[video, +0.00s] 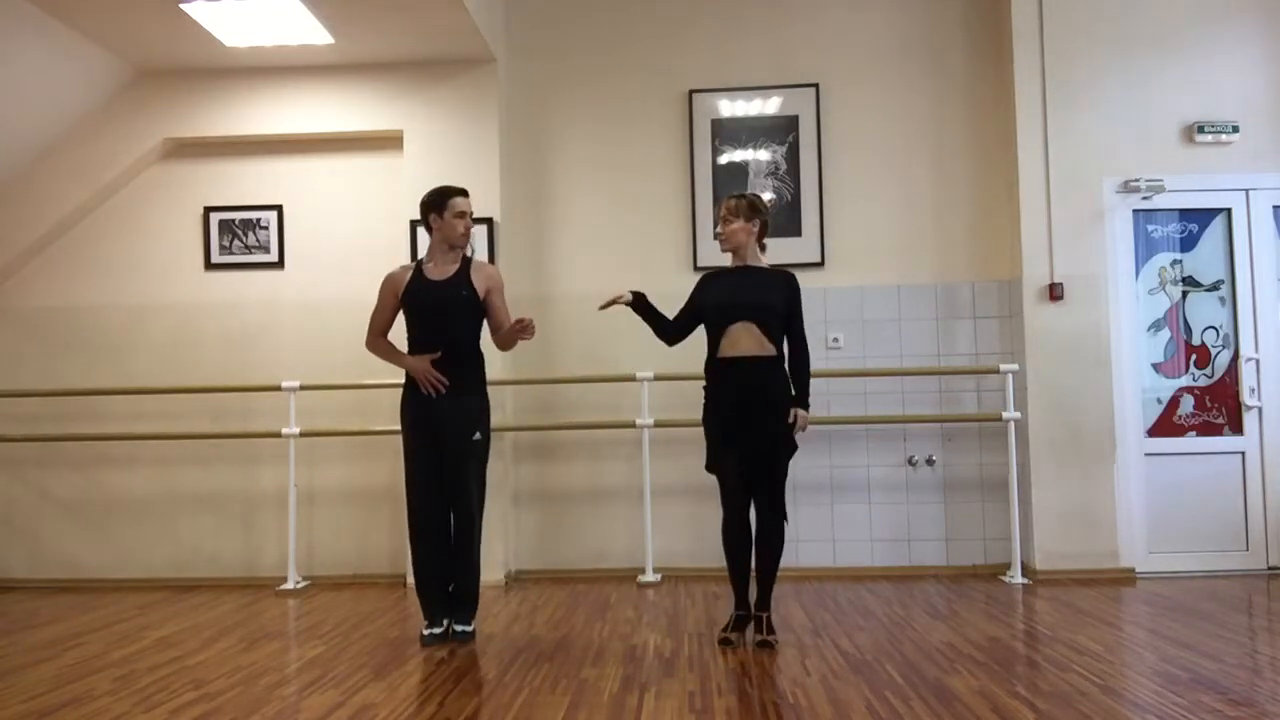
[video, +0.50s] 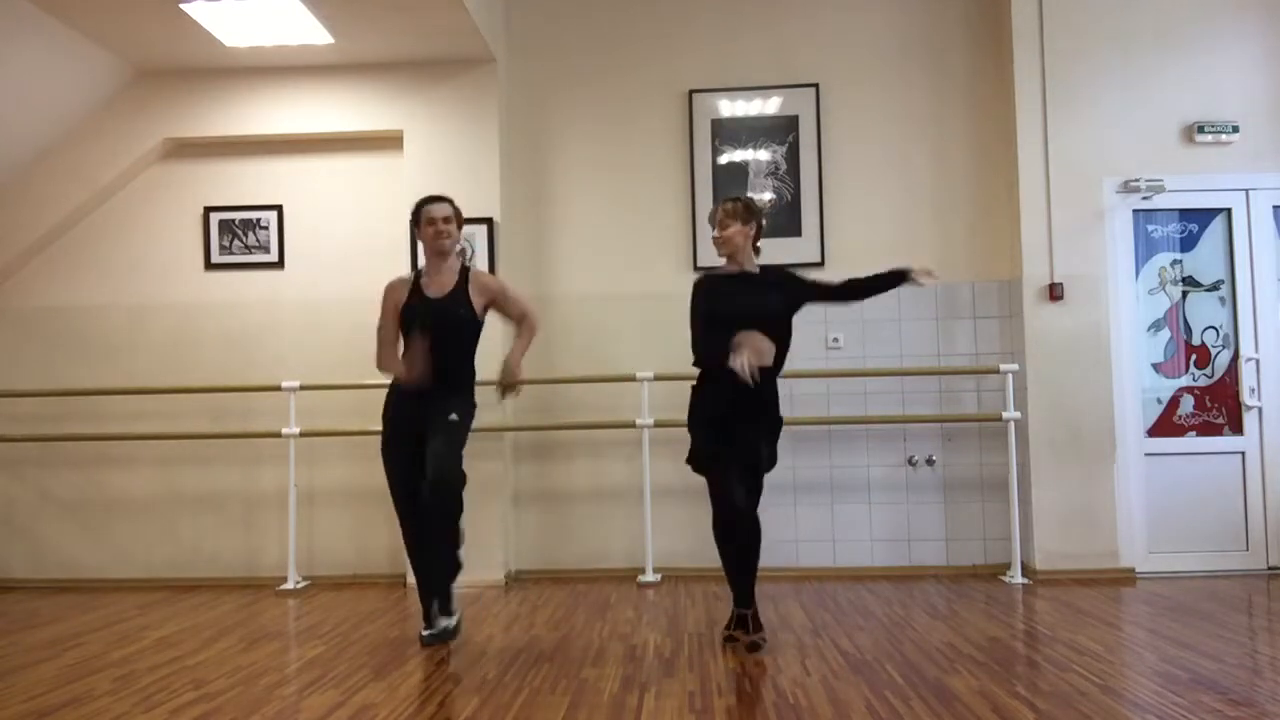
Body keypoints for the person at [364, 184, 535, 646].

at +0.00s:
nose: (468, 224)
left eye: (470, 216)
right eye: (459, 216)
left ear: (469, 222)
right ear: (433, 221)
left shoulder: (484, 274)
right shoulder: (400, 281)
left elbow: (502, 339)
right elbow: (374, 339)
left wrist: (516, 331)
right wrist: (407, 362)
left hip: (467, 402)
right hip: (421, 405)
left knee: (465, 510)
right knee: (426, 511)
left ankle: (462, 614)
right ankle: (435, 615)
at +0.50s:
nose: (440, 229)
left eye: (447, 221)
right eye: (431, 223)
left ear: (459, 230)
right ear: (417, 233)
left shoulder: (482, 285)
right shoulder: (399, 291)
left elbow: (527, 320)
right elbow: (385, 358)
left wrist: (514, 360)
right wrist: (405, 369)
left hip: (452, 403)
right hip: (405, 404)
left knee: (440, 481)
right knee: (410, 506)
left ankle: (443, 592)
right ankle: (432, 608)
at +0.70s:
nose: (429, 214)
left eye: (436, 205)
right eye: (419, 207)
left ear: (448, 212)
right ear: (406, 215)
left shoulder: (467, 267)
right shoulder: (388, 271)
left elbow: (483, 333)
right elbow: (375, 319)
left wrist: (431, 299)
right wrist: (367, 358)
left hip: (465, 388)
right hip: (417, 383)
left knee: (454, 509)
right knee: (403, 429)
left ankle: (441, 615)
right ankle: (418, 499)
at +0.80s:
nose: (429, 213)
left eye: (437, 206)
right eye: (420, 207)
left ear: (450, 214)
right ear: (407, 215)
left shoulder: (465, 270)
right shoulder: (389, 269)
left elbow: (463, 334)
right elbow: (386, 313)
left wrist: (425, 285)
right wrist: (383, 343)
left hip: (462, 387)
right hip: (416, 382)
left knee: (453, 509)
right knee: (421, 430)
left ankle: (440, 622)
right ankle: (427, 525)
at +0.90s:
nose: (433, 217)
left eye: (440, 209)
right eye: (423, 210)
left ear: (454, 216)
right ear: (411, 218)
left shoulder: (468, 277)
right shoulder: (400, 272)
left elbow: (453, 341)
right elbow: (400, 339)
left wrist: (429, 287)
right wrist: (397, 390)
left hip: (456, 401)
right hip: (408, 401)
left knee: (460, 506)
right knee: (423, 500)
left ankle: (445, 622)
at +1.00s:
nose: (431, 214)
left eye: (439, 207)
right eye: (423, 208)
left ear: (454, 215)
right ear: (411, 217)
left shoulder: (471, 268)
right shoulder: (403, 266)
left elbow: (460, 320)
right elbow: (405, 327)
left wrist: (426, 274)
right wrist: (397, 379)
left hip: (450, 392)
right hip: (402, 388)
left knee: (448, 504)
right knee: (406, 486)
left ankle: (440, 624)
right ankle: (407, 587)